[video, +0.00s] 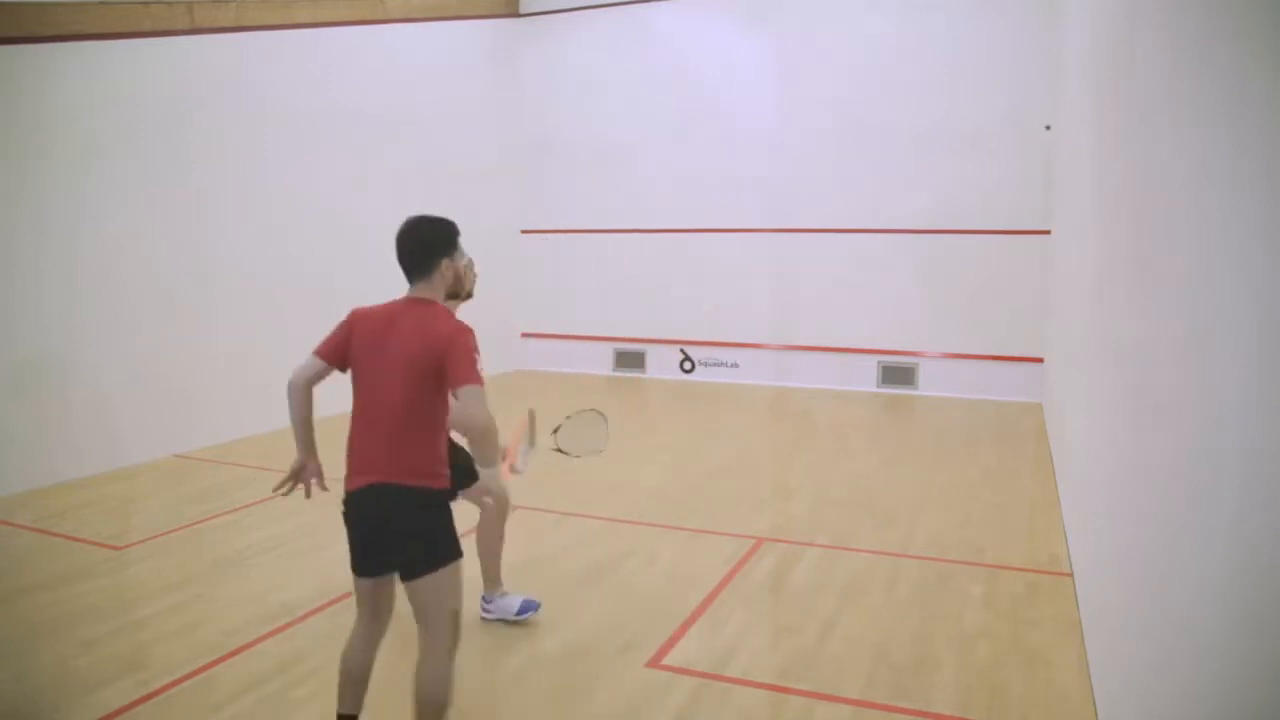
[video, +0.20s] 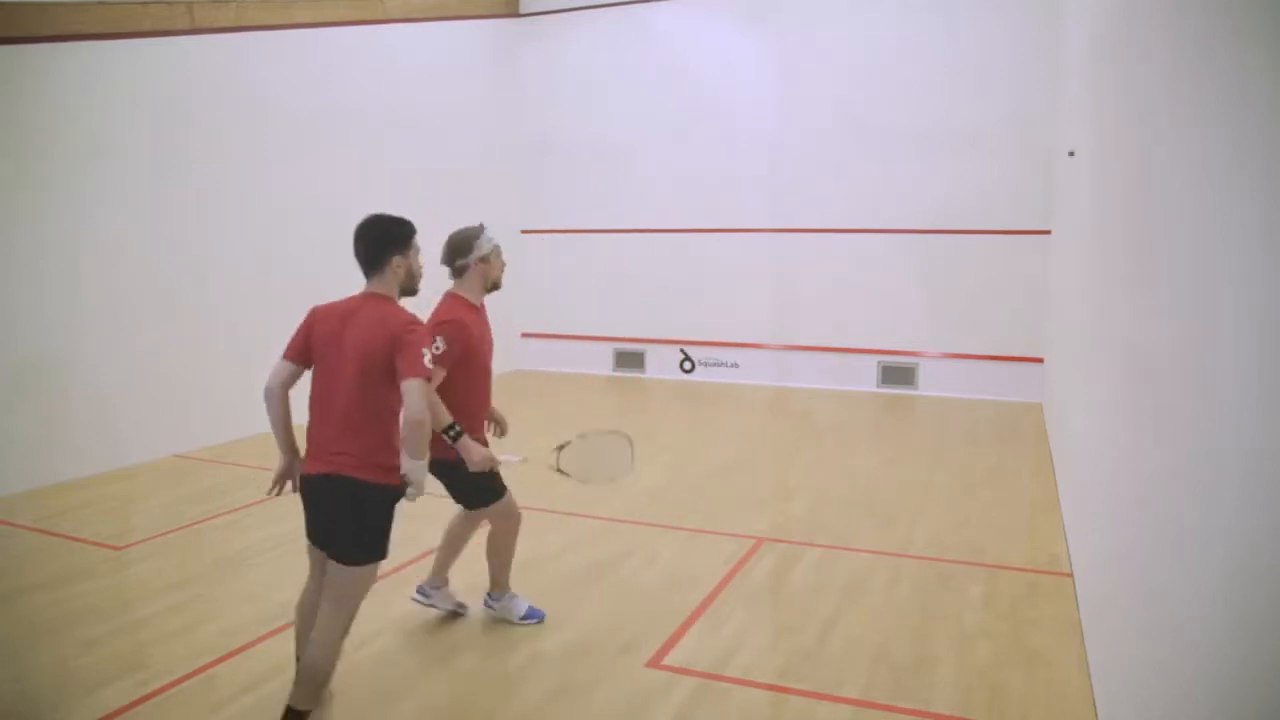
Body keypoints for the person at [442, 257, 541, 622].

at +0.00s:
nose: (473, 270)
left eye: (471, 262)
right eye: (467, 264)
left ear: (446, 281)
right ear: (452, 274)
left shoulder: (415, 321)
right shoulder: (450, 330)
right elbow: (453, 410)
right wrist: (497, 450)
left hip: (397, 443)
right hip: (428, 443)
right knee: (495, 500)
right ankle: (493, 594)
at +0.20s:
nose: (502, 265)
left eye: (500, 257)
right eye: (497, 257)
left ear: (470, 265)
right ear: (478, 264)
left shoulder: (473, 308)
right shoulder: (452, 320)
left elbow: (461, 374)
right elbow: (422, 388)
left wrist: (487, 409)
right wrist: (462, 441)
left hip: (464, 440)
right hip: (451, 449)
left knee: (474, 509)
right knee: (508, 517)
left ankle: (434, 584)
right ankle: (499, 595)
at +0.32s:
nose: (516, 267)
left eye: (513, 258)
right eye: (508, 259)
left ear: (484, 266)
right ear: (483, 267)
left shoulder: (494, 313)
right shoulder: (445, 332)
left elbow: (484, 376)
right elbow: (420, 410)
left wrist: (518, 415)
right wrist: (455, 470)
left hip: (489, 444)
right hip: (455, 457)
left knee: (507, 528)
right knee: (524, 530)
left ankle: (454, 610)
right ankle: (507, 614)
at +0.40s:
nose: (524, 278)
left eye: (522, 269)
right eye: (516, 270)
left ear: (492, 277)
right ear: (486, 276)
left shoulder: (506, 325)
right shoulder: (446, 345)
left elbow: (502, 388)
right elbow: (419, 428)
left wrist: (539, 436)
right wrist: (452, 493)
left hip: (498, 464)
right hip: (467, 477)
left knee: (500, 545)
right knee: (532, 557)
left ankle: (450, 617)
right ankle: (528, 669)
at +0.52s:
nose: (535, 281)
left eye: (536, 271)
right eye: (527, 271)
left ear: (505, 273)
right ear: (492, 272)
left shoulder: (515, 327)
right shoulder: (449, 345)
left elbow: (518, 400)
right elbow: (415, 433)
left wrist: (558, 447)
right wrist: (439, 504)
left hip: (512, 484)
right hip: (476, 497)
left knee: (492, 568)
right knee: (535, 596)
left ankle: (456, 626)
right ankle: (528, 701)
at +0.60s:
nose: (543, 274)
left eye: (544, 264)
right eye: (535, 264)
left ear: (516, 264)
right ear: (497, 262)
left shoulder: (524, 320)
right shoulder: (445, 335)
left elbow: (520, 394)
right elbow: (411, 428)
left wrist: (564, 443)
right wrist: (423, 504)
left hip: (517, 477)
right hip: (469, 493)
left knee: (532, 580)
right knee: (540, 589)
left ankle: (464, 664)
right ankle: (527, 699)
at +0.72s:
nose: (547, 287)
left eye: (549, 274)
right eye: (537, 274)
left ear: (513, 273)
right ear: (495, 272)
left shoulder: (532, 329)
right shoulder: (441, 354)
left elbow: (526, 385)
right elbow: (389, 457)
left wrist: (570, 429)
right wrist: (382, 532)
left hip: (524, 505)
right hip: (466, 517)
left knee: (541, 629)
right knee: (531, 635)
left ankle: (479, 713)